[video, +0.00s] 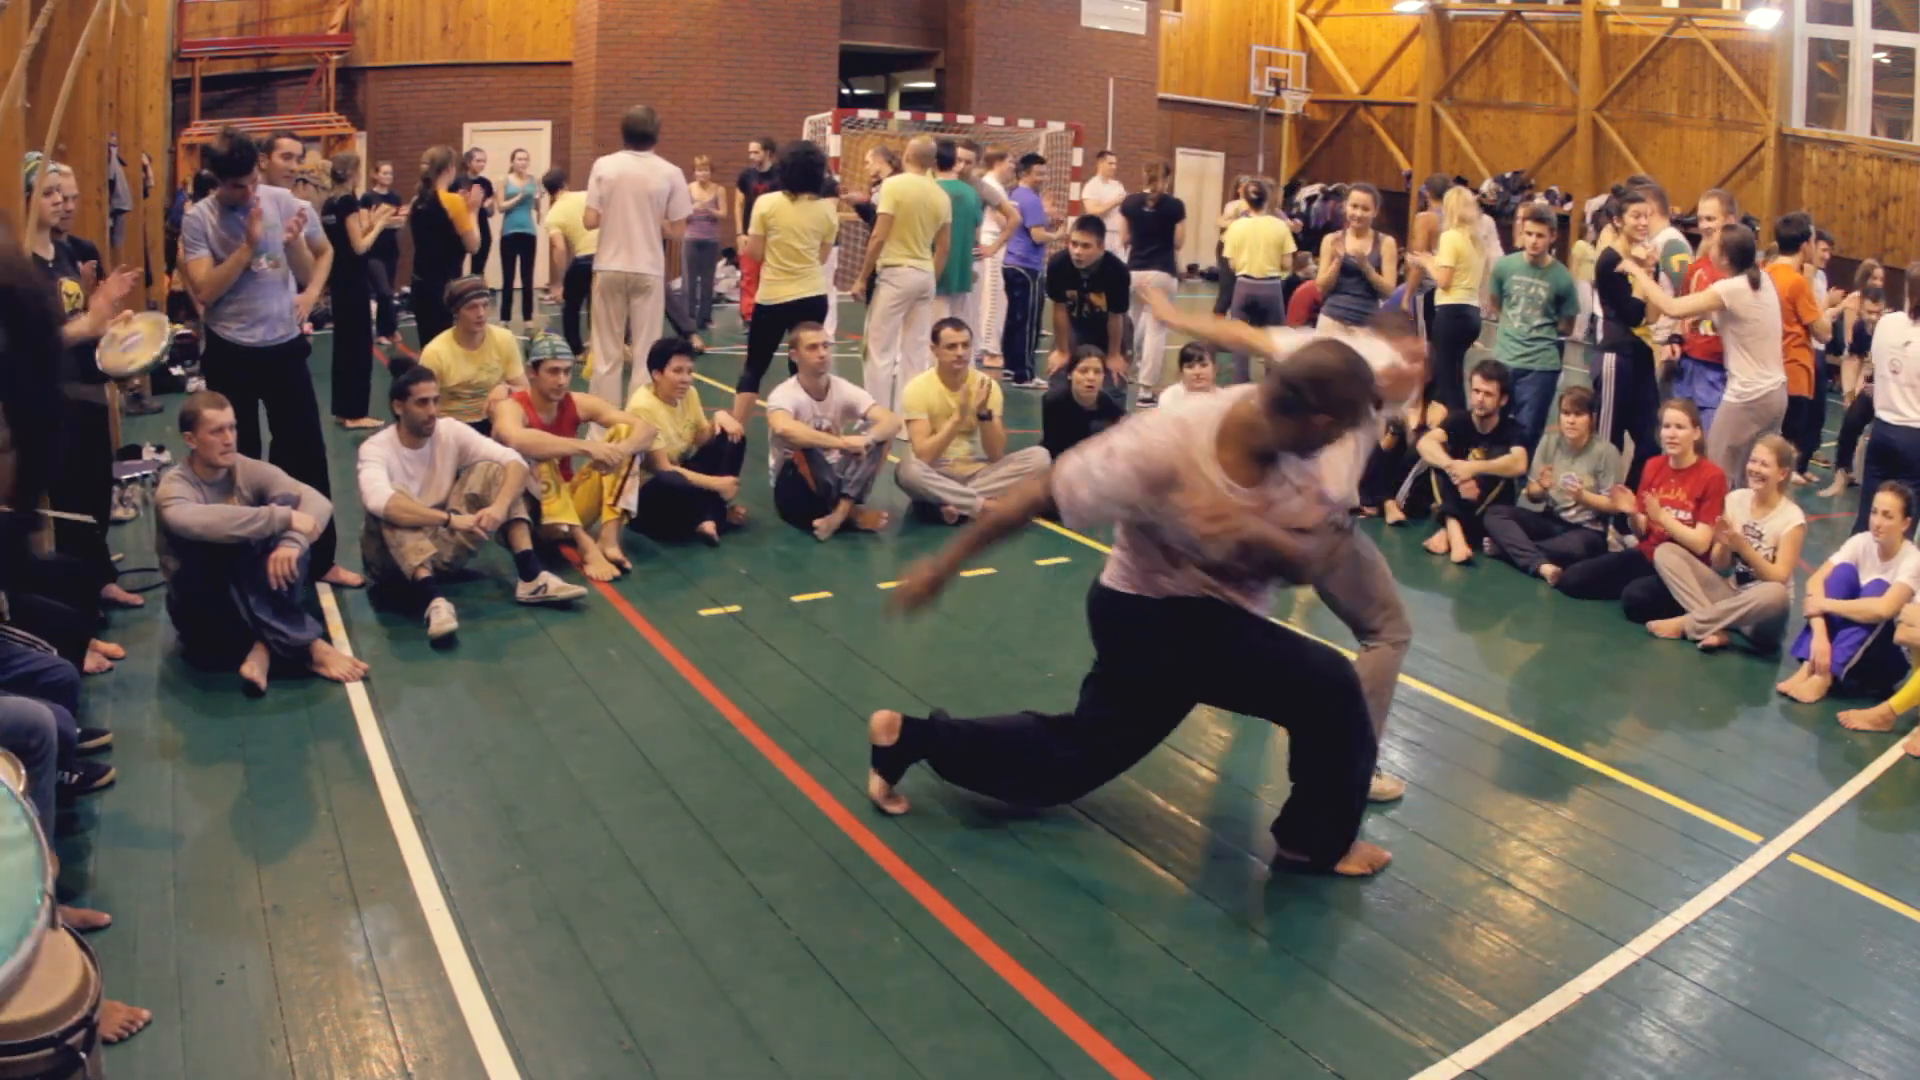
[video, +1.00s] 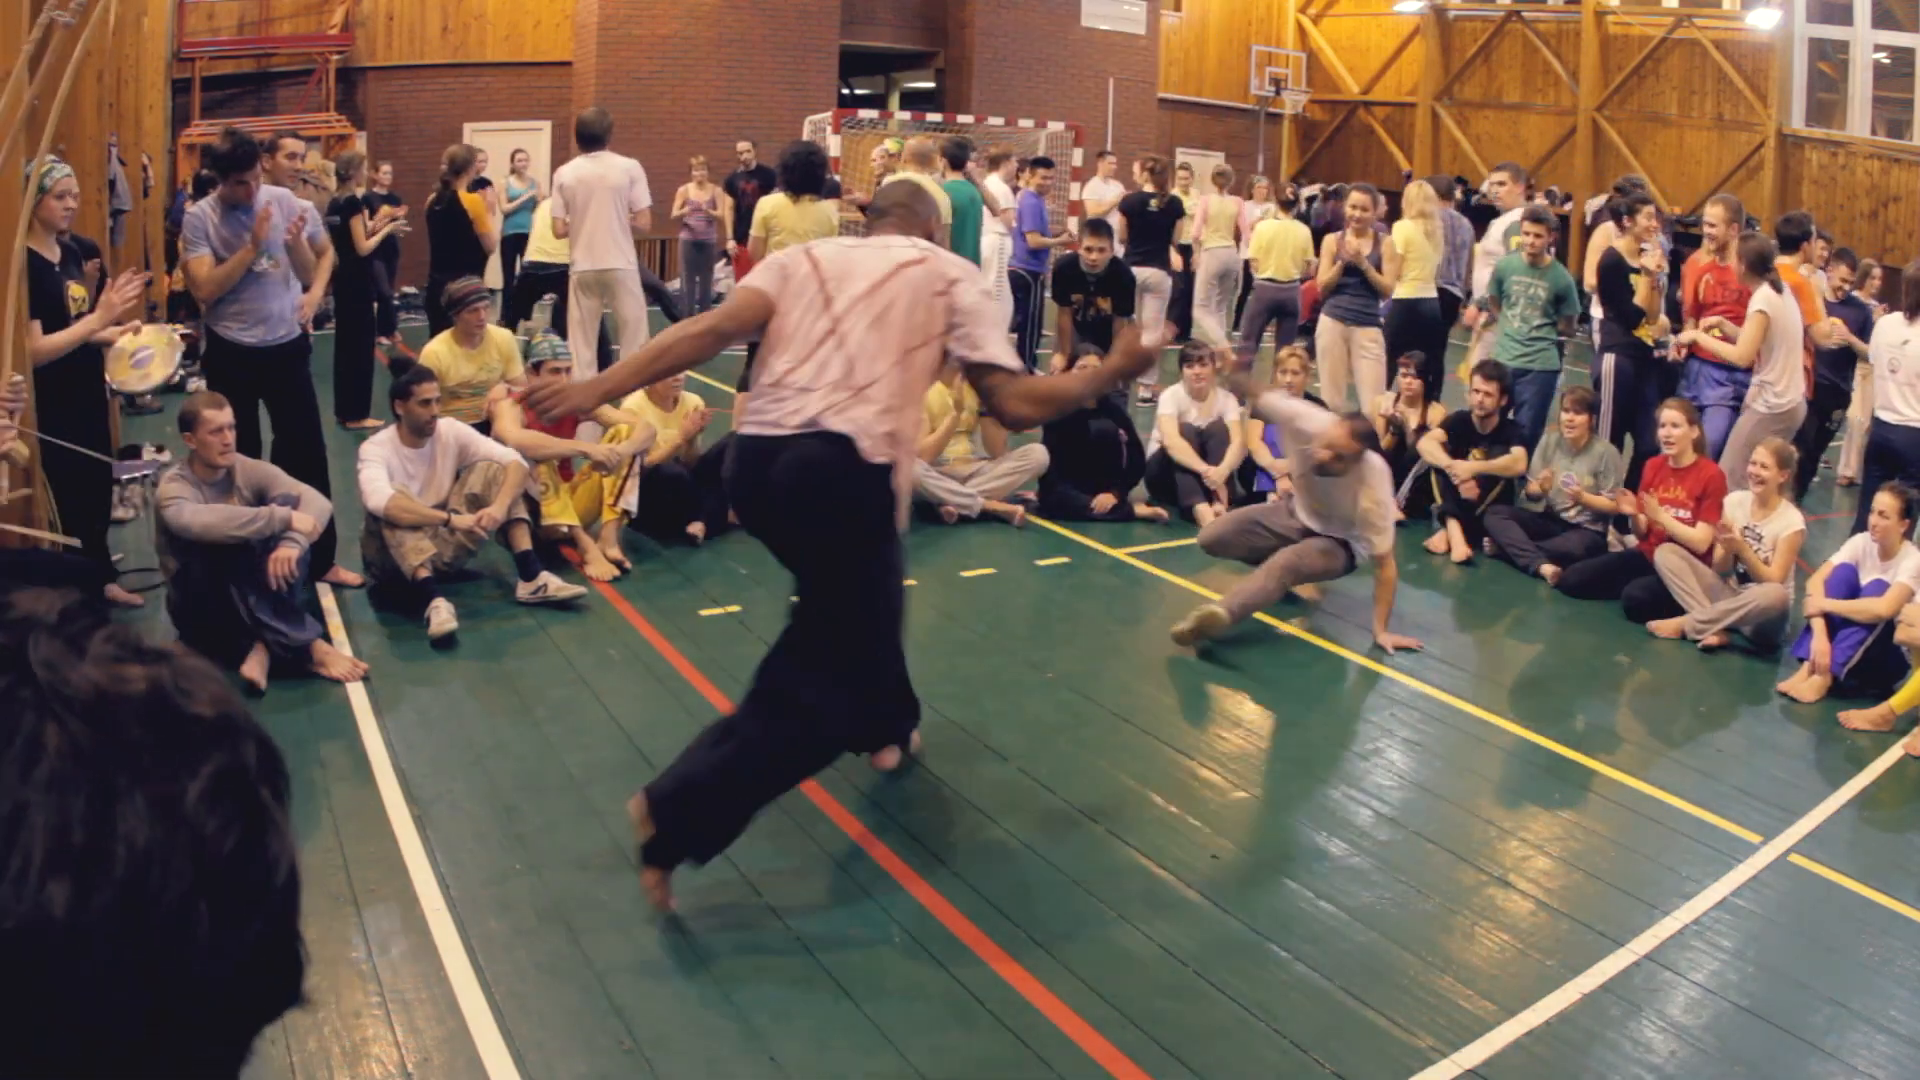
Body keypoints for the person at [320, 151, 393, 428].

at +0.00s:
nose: (364, 176)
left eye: (362, 170)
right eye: (362, 170)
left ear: (337, 172)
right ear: (353, 173)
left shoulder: (330, 203)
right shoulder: (348, 202)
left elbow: (349, 241)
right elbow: (360, 245)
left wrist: (368, 224)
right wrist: (378, 225)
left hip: (339, 279)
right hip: (354, 282)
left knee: (345, 341)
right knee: (359, 343)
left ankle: (343, 409)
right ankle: (354, 413)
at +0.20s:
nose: (368, 175)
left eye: (366, 169)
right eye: (365, 169)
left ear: (340, 171)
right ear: (356, 172)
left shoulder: (332, 203)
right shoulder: (350, 203)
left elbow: (346, 243)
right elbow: (359, 246)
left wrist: (375, 226)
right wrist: (376, 226)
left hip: (340, 280)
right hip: (356, 282)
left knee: (346, 342)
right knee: (359, 344)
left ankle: (344, 409)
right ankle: (354, 413)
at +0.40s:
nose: (369, 175)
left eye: (368, 170)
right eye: (367, 170)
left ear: (344, 171)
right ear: (356, 172)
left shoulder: (335, 202)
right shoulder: (350, 204)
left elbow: (349, 239)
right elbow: (357, 248)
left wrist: (373, 232)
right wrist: (381, 241)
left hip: (343, 280)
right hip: (356, 282)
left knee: (349, 342)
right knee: (360, 344)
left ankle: (347, 411)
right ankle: (355, 414)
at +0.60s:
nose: (370, 175)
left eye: (369, 169)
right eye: (367, 170)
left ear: (342, 172)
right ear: (357, 172)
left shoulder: (335, 203)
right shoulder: (352, 204)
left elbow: (352, 241)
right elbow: (360, 246)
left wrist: (377, 225)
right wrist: (381, 226)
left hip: (343, 281)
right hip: (358, 283)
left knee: (349, 343)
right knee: (360, 345)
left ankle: (346, 411)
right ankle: (355, 414)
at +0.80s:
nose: (370, 174)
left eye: (369, 168)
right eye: (367, 169)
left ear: (342, 172)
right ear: (356, 172)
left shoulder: (334, 204)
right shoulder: (353, 203)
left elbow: (351, 242)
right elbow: (363, 246)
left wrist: (376, 226)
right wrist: (382, 226)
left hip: (343, 281)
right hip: (359, 282)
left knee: (349, 344)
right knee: (361, 345)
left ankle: (347, 411)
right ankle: (355, 414)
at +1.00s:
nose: (370, 174)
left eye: (369, 168)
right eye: (367, 169)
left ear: (343, 172)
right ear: (356, 172)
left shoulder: (335, 203)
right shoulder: (354, 203)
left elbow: (351, 241)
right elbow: (362, 247)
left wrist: (375, 225)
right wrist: (388, 229)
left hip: (344, 281)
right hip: (359, 283)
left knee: (349, 344)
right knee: (361, 346)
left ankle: (346, 411)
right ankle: (355, 414)